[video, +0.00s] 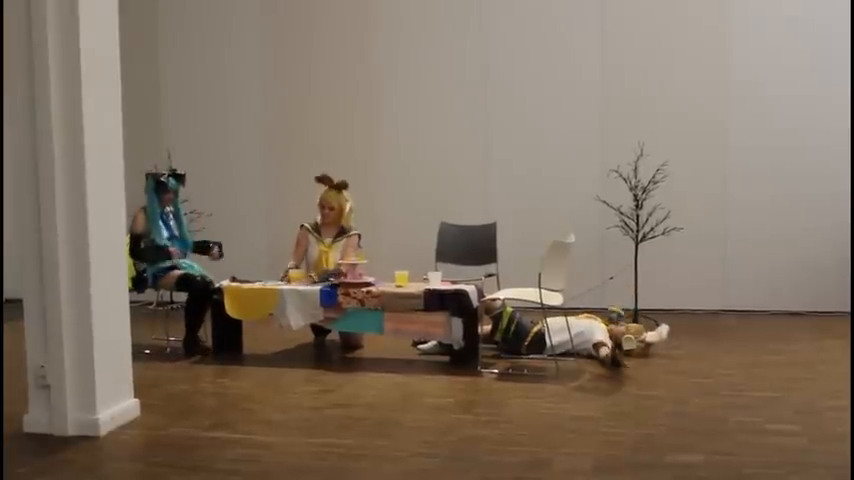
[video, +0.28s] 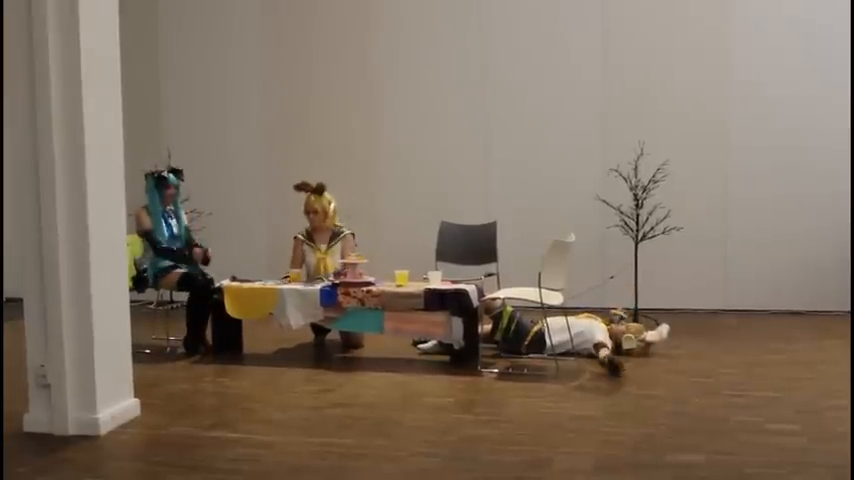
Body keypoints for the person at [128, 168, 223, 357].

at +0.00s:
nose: (171, 197)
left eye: (173, 193)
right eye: (167, 192)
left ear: (174, 194)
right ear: (158, 193)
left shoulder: (170, 213)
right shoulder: (144, 215)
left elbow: (179, 244)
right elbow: (136, 250)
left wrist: (205, 248)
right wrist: (166, 253)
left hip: (175, 265)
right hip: (156, 269)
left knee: (208, 287)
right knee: (198, 285)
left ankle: (193, 338)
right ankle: (190, 340)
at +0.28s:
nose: (173, 192)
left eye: (175, 188)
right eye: (168, 188)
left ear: (177, 190)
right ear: (158, 190)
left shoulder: (177, 212)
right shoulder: (145, 213)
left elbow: (187, 239)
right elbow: (157, 248)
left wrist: (199, 250)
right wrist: (187, 255)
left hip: (181, 264)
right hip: (161, 267)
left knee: (208, 284)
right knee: (198, 284)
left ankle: (200, 337)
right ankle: (192, 340)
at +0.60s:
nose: (183, 199)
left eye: (184, 195)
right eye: (179, 194)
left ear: (184, 196)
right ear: (168, 195)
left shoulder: (182, 215)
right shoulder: (151, 217)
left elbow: (188, 250)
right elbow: (162, 254)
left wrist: (199, 265)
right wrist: (191, 269)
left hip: (178, 266)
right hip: (157, 270)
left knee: (206, 284)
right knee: (199, 285)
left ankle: (199, 337)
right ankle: (192, 340)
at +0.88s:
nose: (186, 202)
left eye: (187, 198)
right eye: (182, 199)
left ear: (188, 200)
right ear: (172, 198)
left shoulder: (184, 218)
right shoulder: (153, 218)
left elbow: (190, 252)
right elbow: (165, 257)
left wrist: (201, 265)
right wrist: (193, 269)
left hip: (179, 267)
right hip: (158, 271)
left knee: (207, 284)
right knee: (200, 285)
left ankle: (200, 338)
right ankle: (193, 340)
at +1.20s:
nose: (186, 206)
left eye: (188, 202)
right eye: (183, 202)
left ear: (190, 202)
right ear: (172, 199)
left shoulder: (186, 218)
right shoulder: (154, 220)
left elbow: (192, 252)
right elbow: (165, 259)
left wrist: (200, 267)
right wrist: (193, 271)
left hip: (182, 268)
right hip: (161, 272)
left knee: (207, 285)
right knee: (199, 285)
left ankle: (199, 340)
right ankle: (192, 342)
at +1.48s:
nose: (189, 208)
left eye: (190, 204)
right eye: (186, 204)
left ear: (190, 204)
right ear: (174, 203)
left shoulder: (185, 222)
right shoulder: (153, 222)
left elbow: (191, 254)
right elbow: (165, 260)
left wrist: (200, 268)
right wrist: (192, 271)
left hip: (179, 269)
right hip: (159, 273)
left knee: (206, 285)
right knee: (198, 286)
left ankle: (199, 340)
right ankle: (192, 342)